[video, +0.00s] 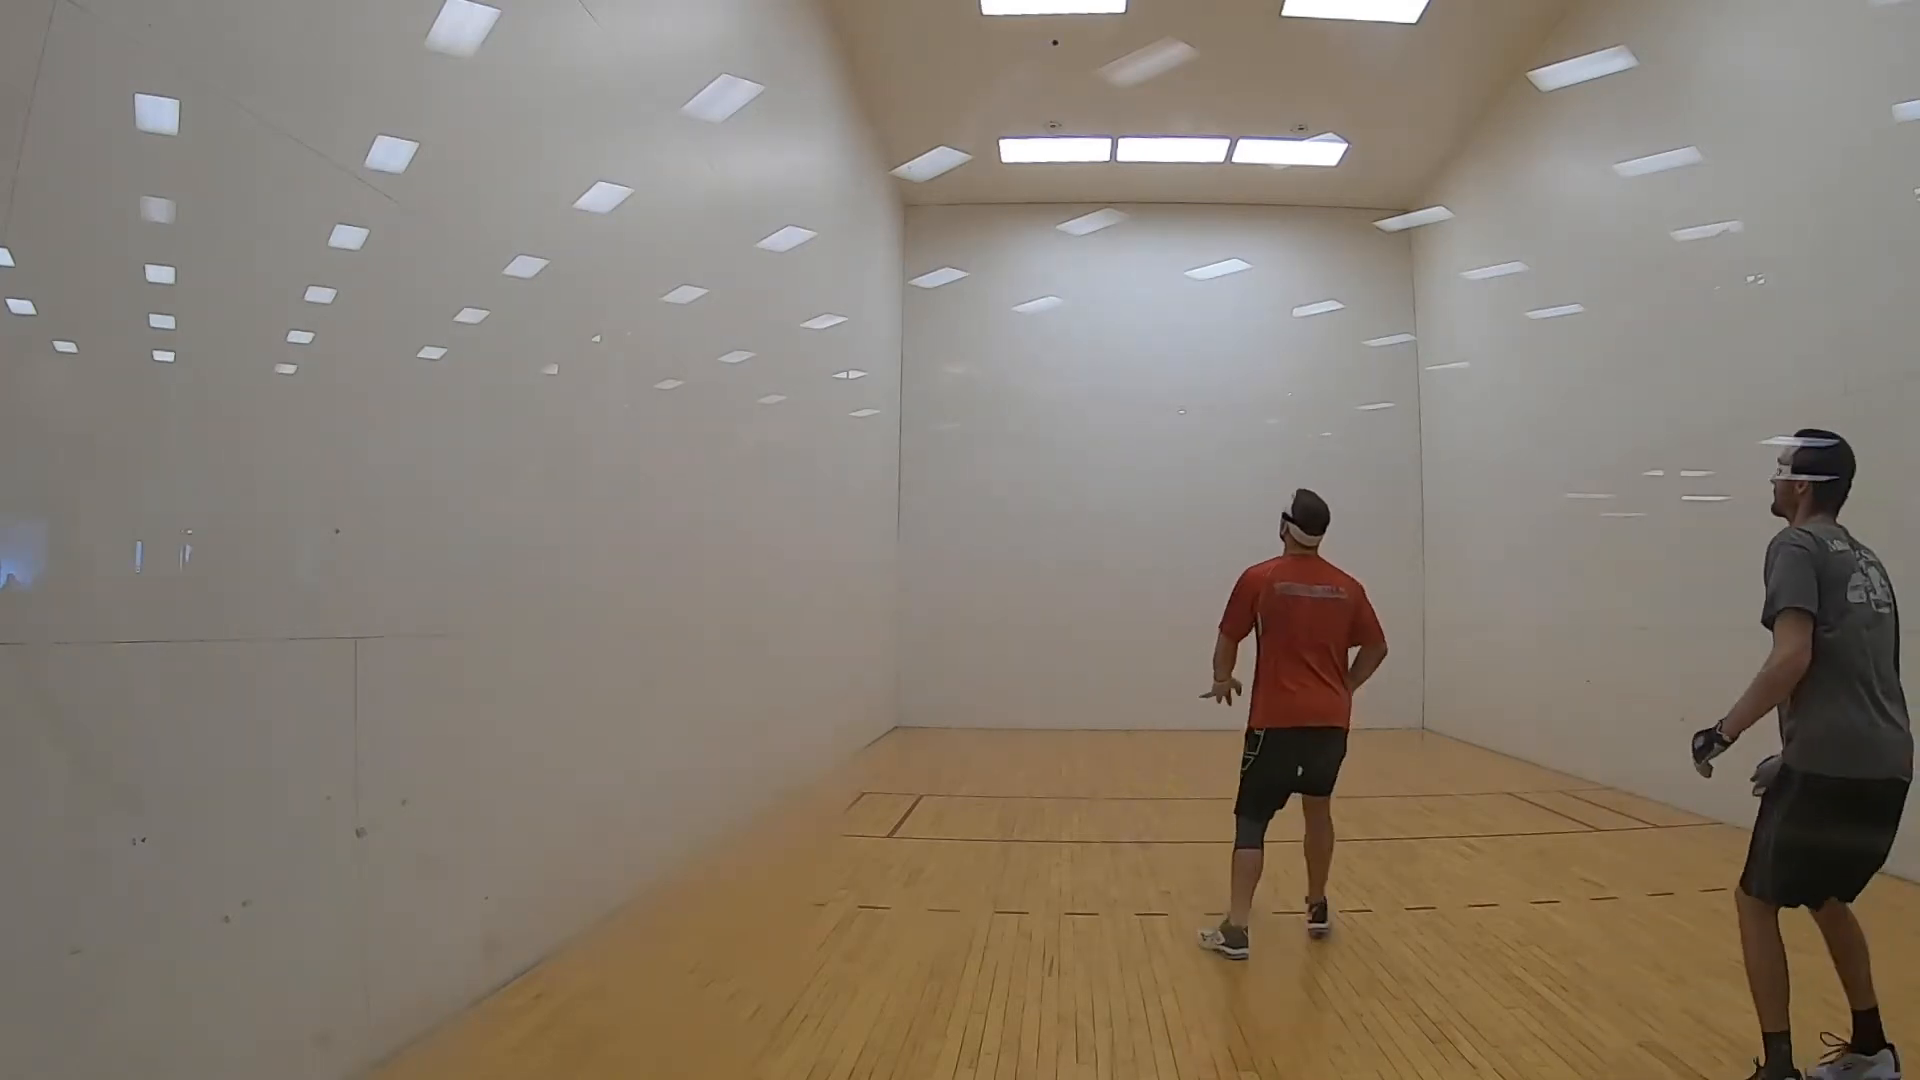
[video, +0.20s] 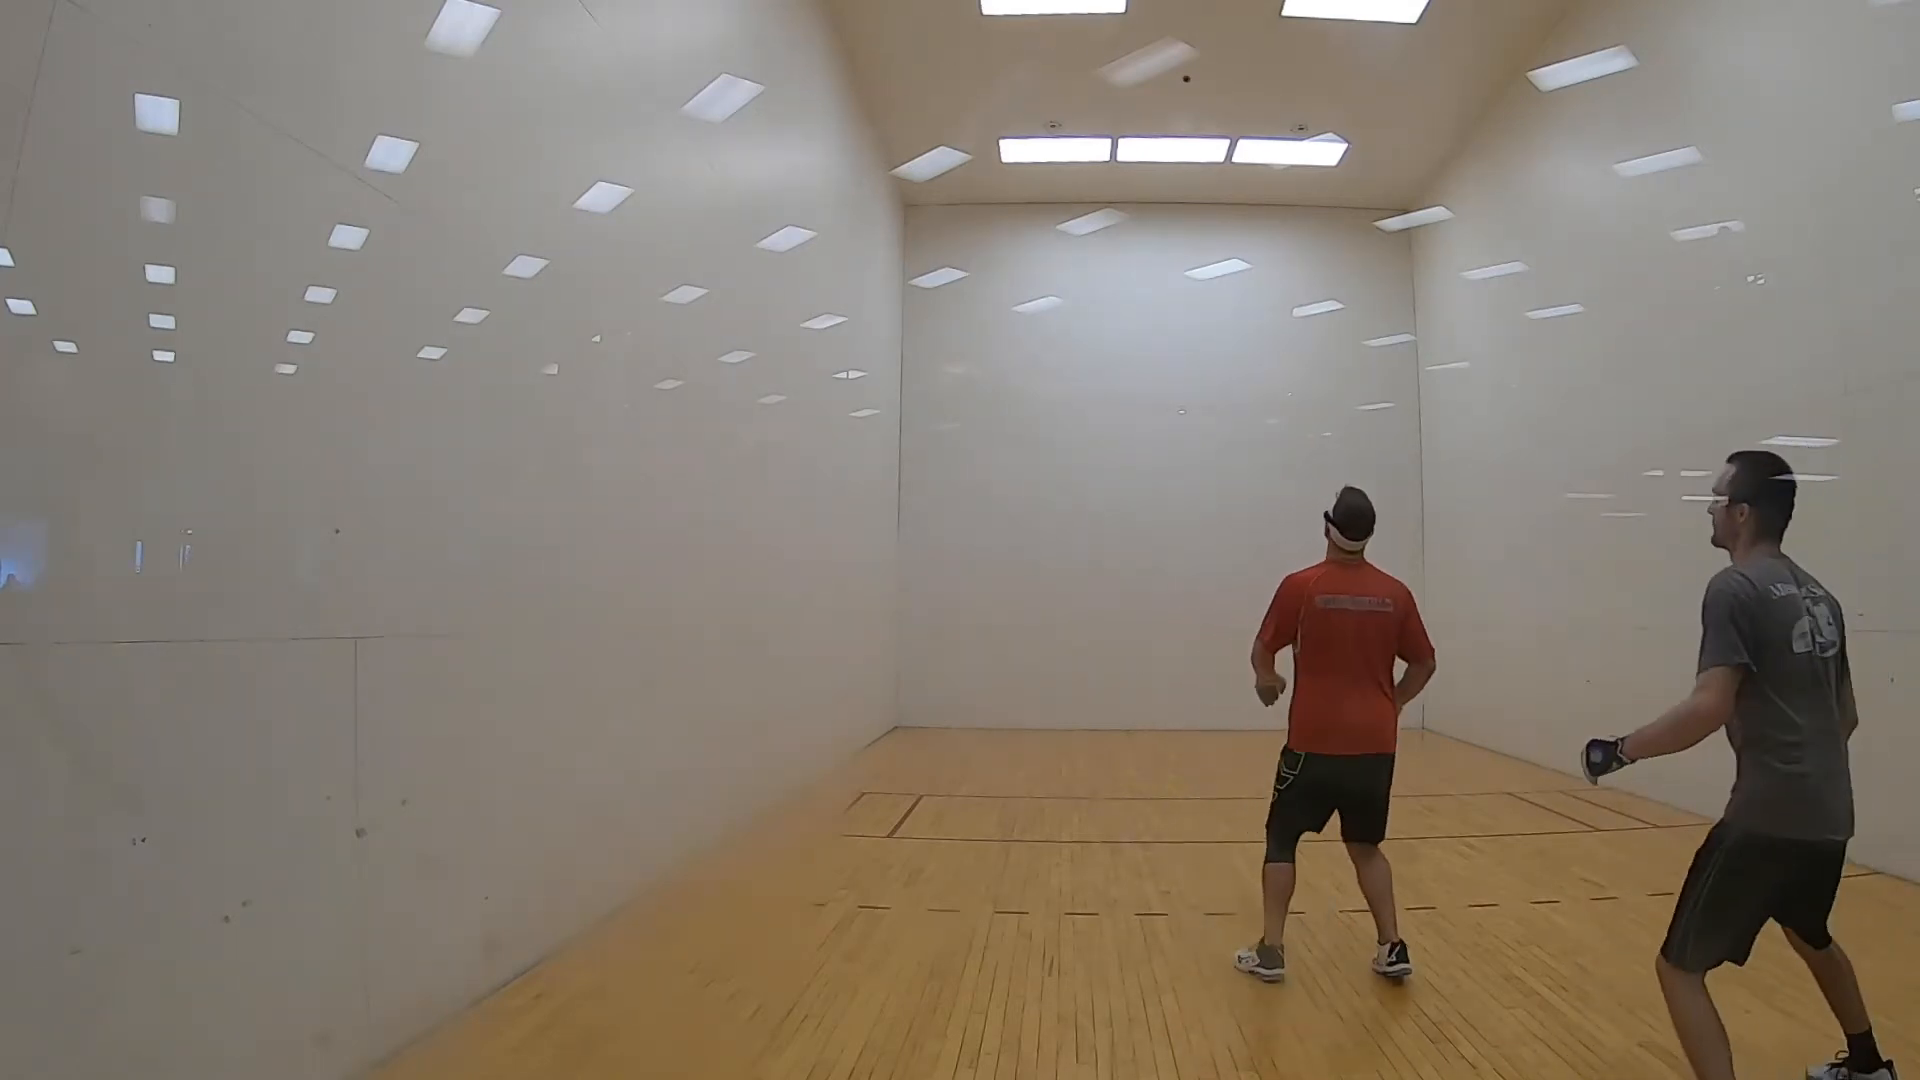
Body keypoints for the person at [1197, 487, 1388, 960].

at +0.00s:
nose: (1281, 527)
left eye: (1283, 522)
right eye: (1290, 523)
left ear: (1286, 528)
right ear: (1324, 534)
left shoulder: (1259, 579)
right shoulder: (1348, 587)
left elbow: (1227, 639)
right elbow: (1376, 648)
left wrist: (1223, 678)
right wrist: (1347, 687)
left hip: (1274, 722)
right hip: (1330, 722)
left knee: (1252, 819)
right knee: (1319, 807)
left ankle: (1236, 929)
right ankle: (1317, 905)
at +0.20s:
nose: (1325, 529)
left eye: (1326, 523)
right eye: (1336, 524)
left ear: (1328, 529)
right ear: (1370, 535)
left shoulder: (1299, 587)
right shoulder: (1395, 593)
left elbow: (1263, 648)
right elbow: (1424, 663)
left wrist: (1267, 681)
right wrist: (1393, 701)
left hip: (1312, 746)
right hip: (1375, 747)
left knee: (1281, 840)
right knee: (1366, 846)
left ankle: (1271, 950)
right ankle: (1392, 945)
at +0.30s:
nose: (1355, 507)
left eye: (1350, 498)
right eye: (1368, 501)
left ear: (1343, 502)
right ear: (1389, 505)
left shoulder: (1311, 562)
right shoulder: (1417, 566)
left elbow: (1288, 626)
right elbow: (1447, 639)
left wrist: (1305, 668)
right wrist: (1425, 683)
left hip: (1331, 728)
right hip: (1395, 730)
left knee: (1316, 837)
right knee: (1393, 839)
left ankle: (1303, 944)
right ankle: (1397, 948)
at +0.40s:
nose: (1391, 494)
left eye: (1377, 486)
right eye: (1398, 486)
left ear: (1356, 490)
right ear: (1403, 492)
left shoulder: (1321, 554)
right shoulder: (1433, 558)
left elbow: (1310, 626)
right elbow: (1458, 645)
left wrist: (1346, 663)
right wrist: (1446, 692)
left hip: (1345, 719)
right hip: (1411, 720)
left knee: (1353, 831)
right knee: (1417, 843)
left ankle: (1338, 954)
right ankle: (1418, 958)